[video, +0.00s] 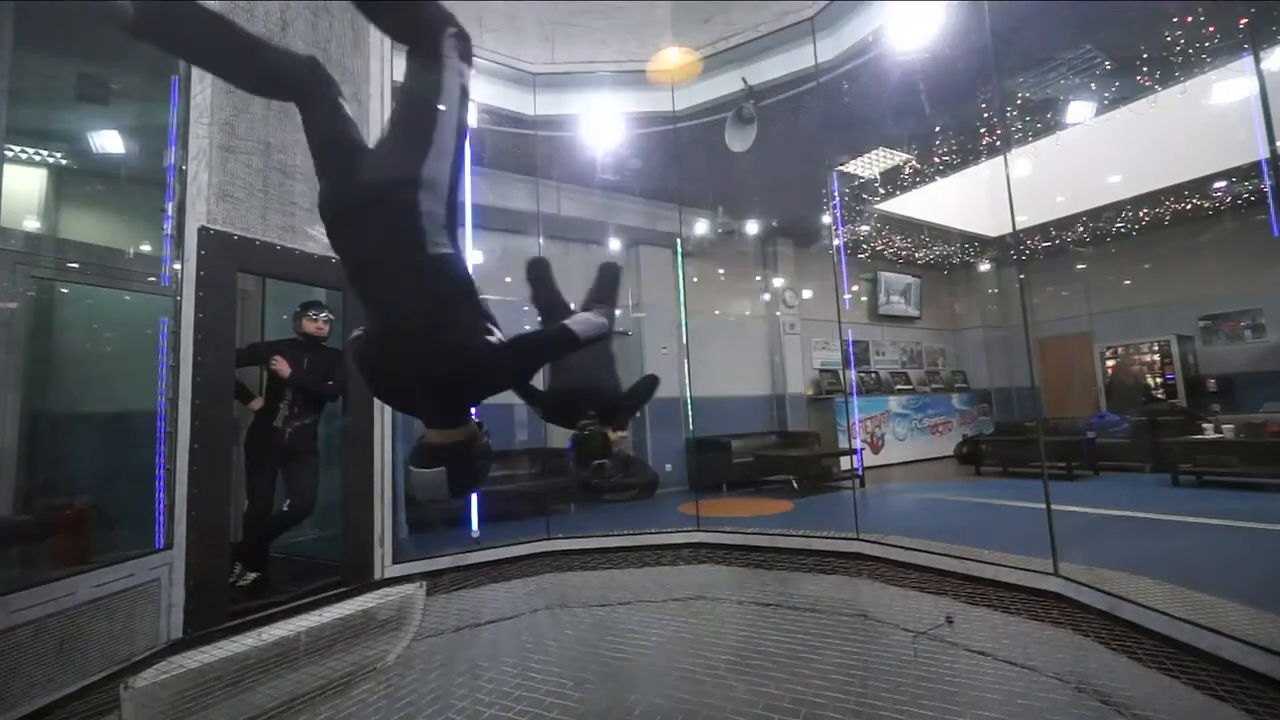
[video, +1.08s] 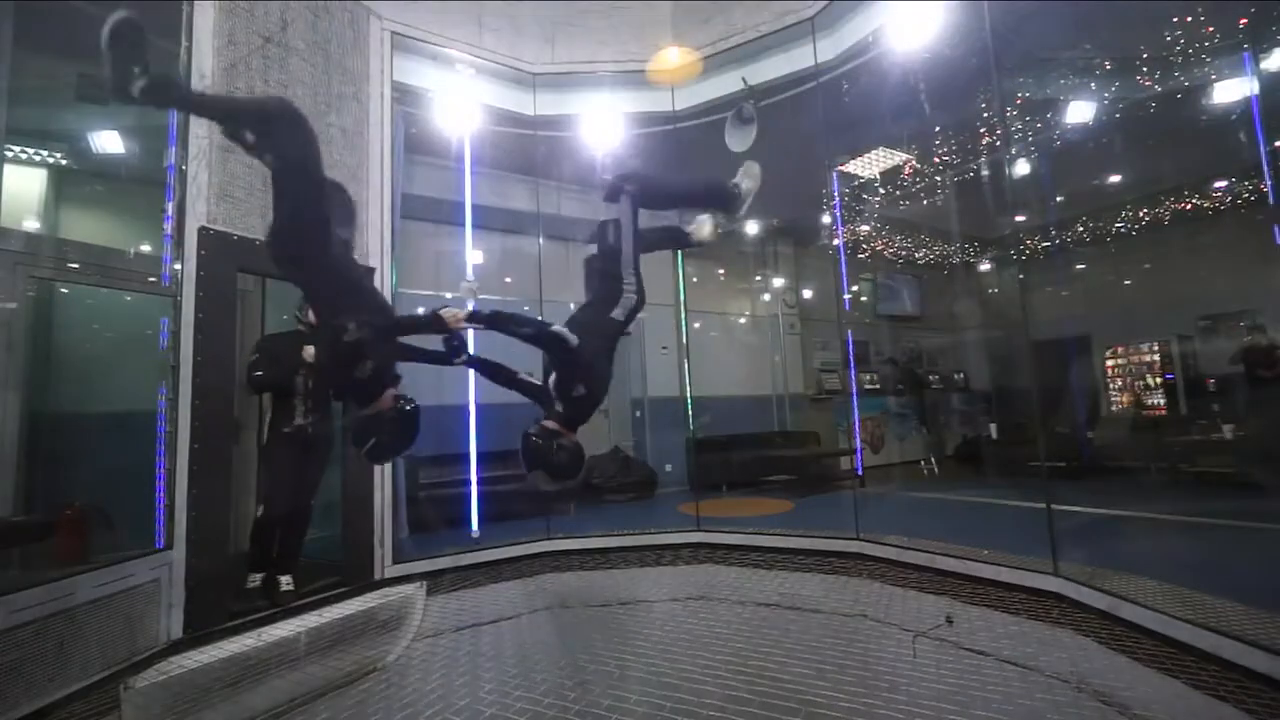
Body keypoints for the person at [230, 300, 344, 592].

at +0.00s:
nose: (319, 324)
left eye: (325, 320)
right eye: (313, 319)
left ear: (330, 326)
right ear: (299, 323)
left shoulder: (334, 357)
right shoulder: (279, 348)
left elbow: (333, 392)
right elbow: (223, 361)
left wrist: (291, 375)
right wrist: (249, 398)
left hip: (302, 441)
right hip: (264, 437)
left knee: (303, 504)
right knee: (260, 505)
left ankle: (241, 553)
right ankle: (254, 570)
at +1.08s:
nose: (319, 314)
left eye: (322, 309)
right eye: (314, 309)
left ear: (328, 313)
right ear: (302, 311)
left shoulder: (332, 346)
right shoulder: (274, 343)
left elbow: (341, 390)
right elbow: (256, 380)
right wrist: (297, 363)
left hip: (316, 439)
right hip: (281, 438)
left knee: (301, 506)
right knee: (272, 506)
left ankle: (286, 574)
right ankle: (258, 571)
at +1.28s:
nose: (321, 320)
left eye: (325, 314)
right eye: (317, 313)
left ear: (331, 317)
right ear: (308, 313)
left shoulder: (334, 347)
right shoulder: (280, 343)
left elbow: (343, 387)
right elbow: (260, 378)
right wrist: (293, 371)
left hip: (319, 436)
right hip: (284, 435)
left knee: (302, 506)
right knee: (279, 505)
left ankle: (285, 573)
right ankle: (258, 571)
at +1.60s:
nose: (337, 318)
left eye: (341, 314)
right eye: (332, 312)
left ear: (344, 319)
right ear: (317, 312)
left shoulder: (342, 346)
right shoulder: (290, 336)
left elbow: (349, 393)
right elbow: (254, 354)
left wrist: (358, 360)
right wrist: (307, 351)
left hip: (319, 436)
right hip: (285, 435)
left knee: (304, 505)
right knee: (281, 503)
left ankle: (286, 574)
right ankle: (258, 572)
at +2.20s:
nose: (331, 314)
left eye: (337, 310)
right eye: (325, 307)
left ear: (341, 317)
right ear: (309, 309)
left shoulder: (334, 351)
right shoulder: (280, 335)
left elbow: (349, 388)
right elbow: (236, 352)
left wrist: (366, 360)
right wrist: (283, 337)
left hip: (306, 438)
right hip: (270, 433)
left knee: (298, 503)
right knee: (262, 496)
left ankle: (285, 572)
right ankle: (260, 565)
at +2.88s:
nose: (310, 317)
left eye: (314, 313)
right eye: (301, 312)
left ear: (320, 322)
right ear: (284, 320)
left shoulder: (317, 355)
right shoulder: (262, 347)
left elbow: (335, 357)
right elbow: (209, 365)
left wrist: (352, 361)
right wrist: (252, 363)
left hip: (295, 446)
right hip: (256, 438)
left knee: (301, 517)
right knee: (216, 445)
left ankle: (281, 577)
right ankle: (191, 518)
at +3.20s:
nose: (287, 305)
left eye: (294, 304)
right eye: (280, 300)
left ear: (300, 318)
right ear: (263, 307)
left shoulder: (301, 350)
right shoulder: (231, 331)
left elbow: (363, 360)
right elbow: (180, 352)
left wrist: (333, 348)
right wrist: (175, 355)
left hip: (239, 440)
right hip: (199, 423)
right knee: (168, 385)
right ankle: (91, 442)